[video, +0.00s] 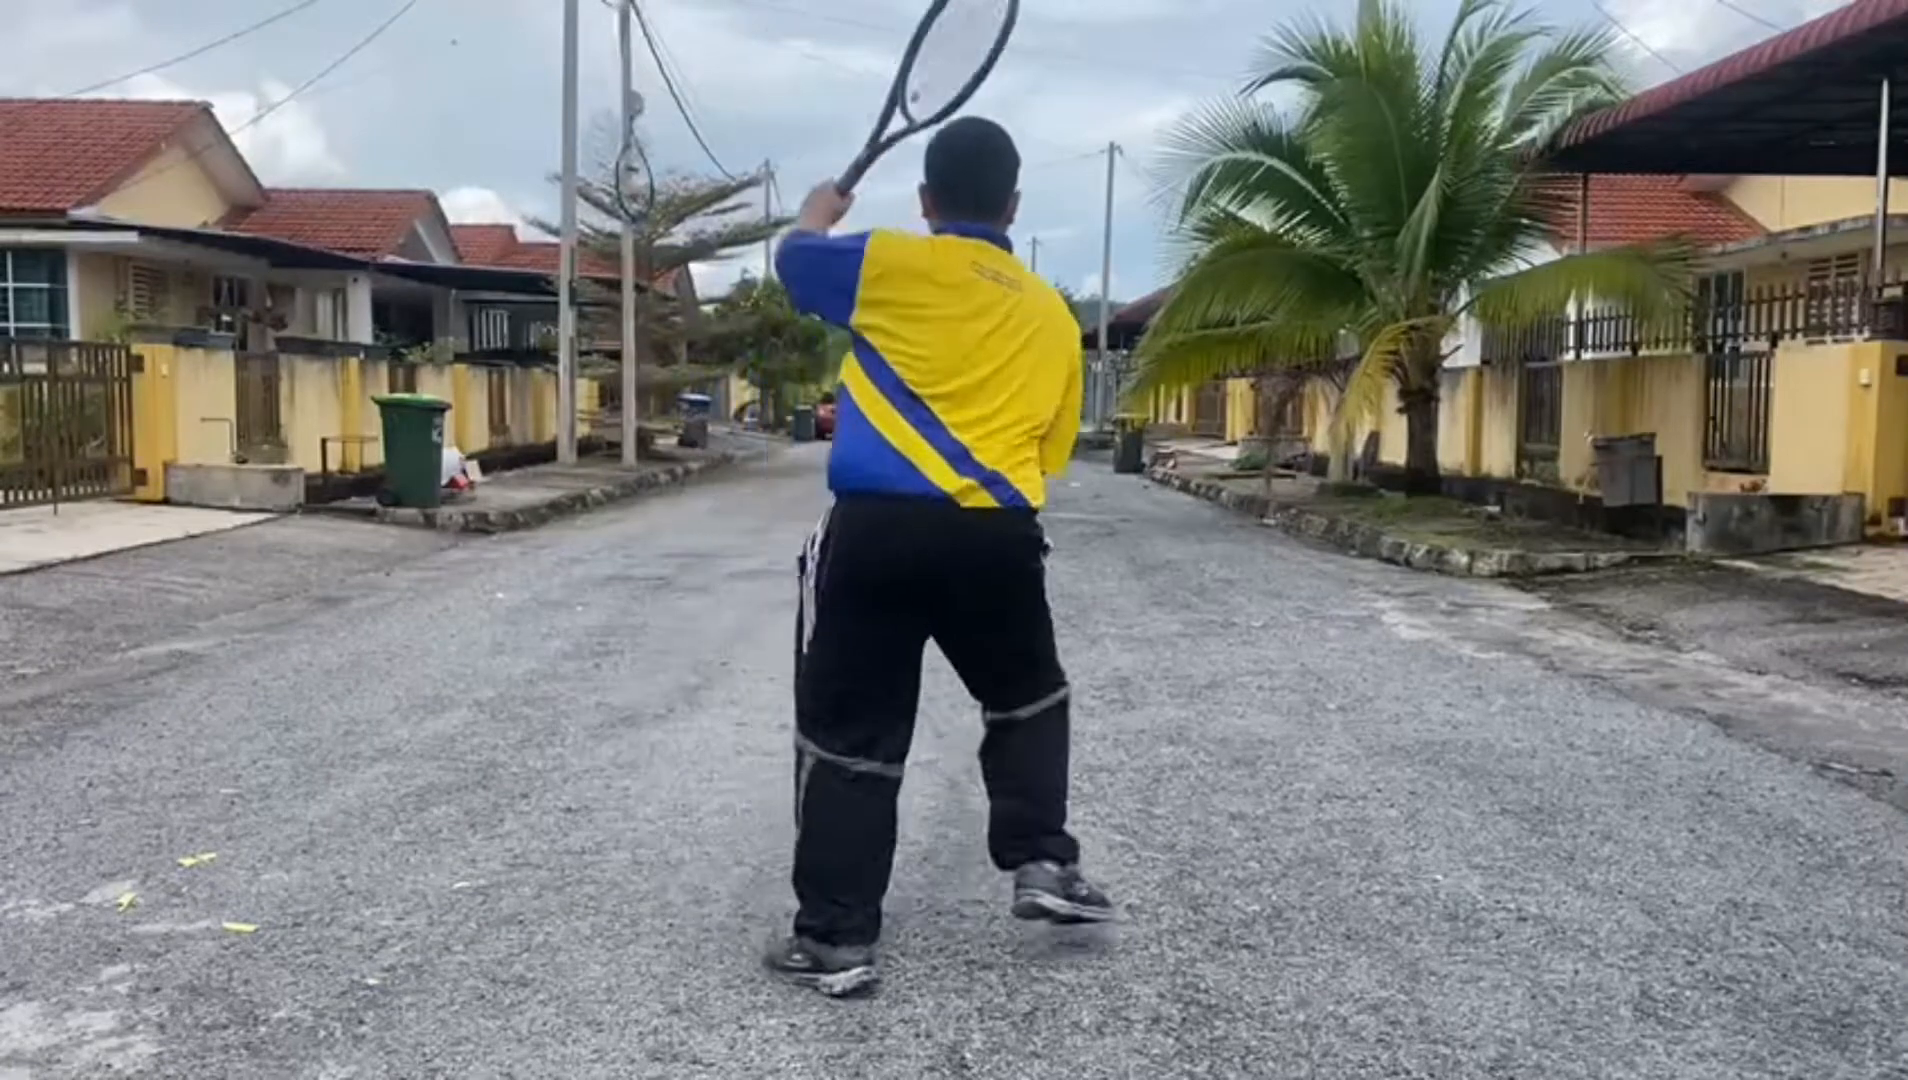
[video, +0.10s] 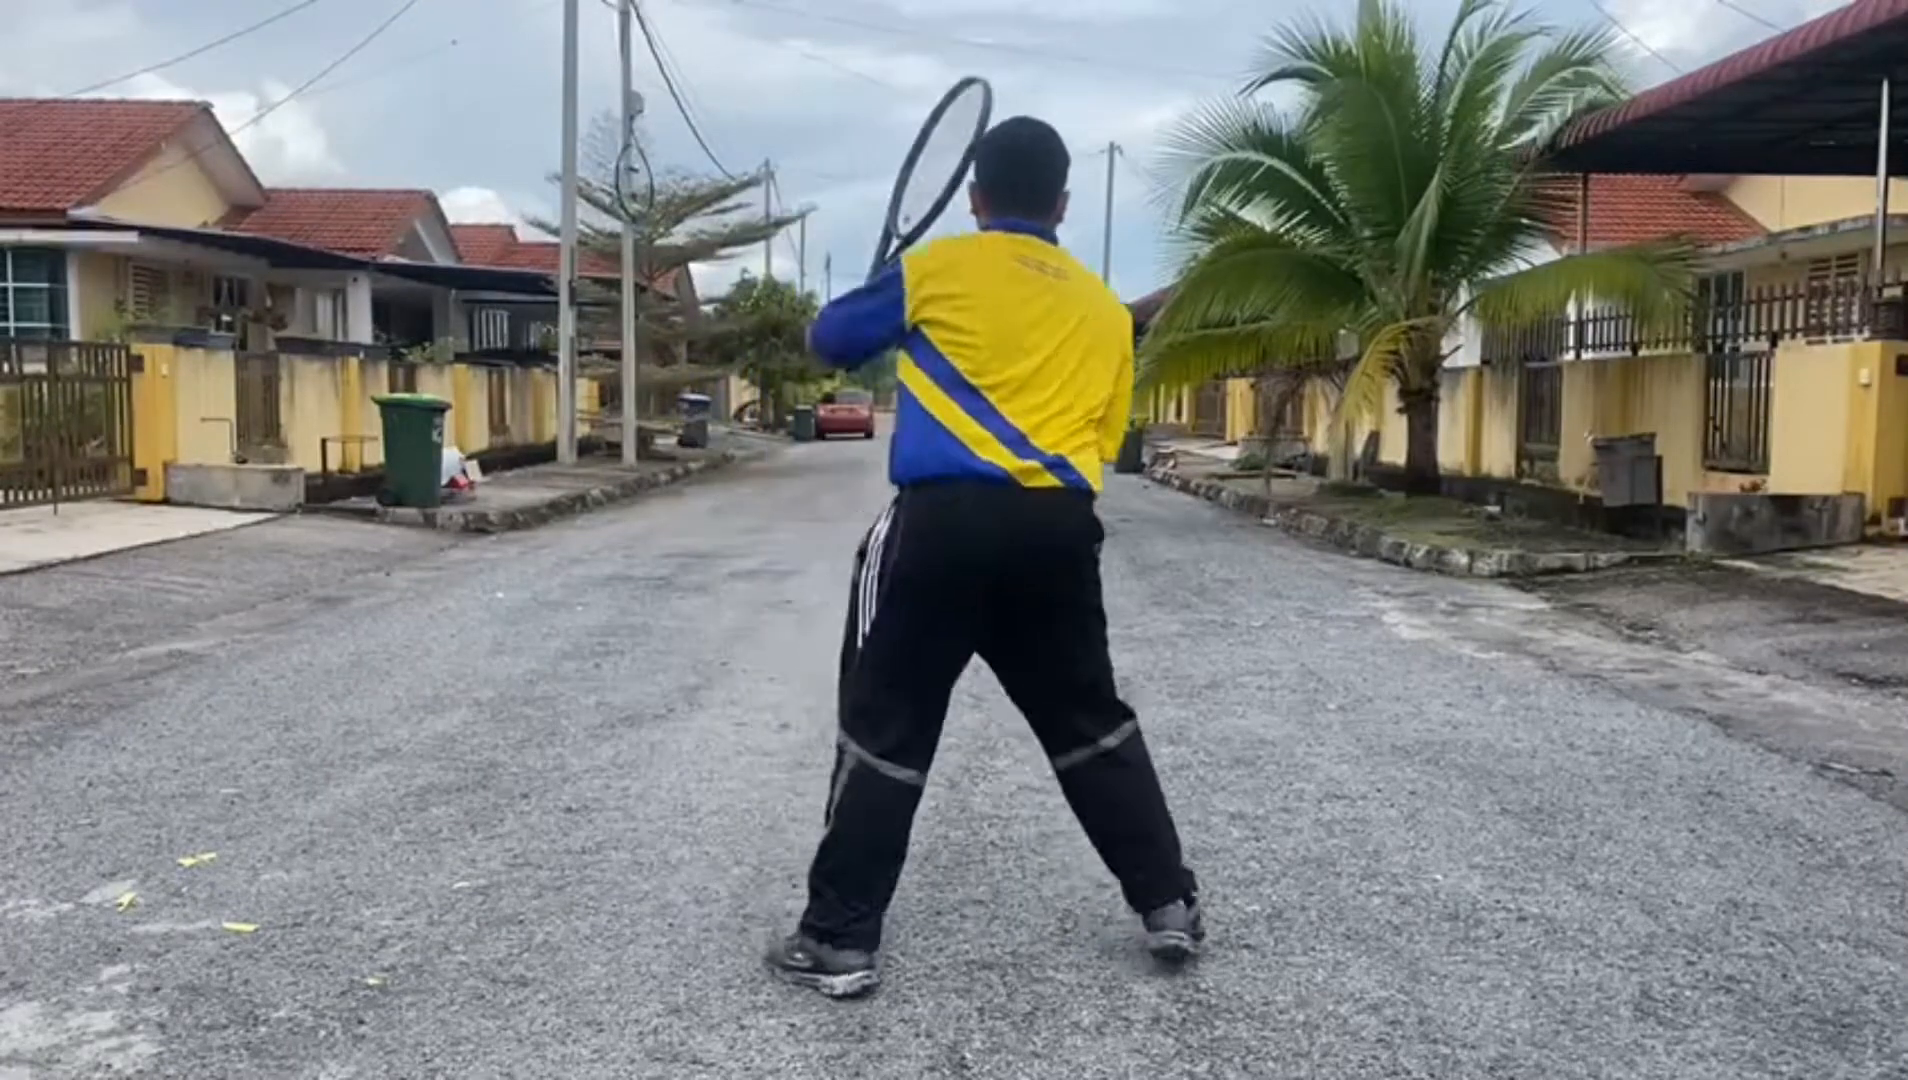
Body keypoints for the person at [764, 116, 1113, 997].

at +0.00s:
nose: (922, 205)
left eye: (923, 195)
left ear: (929, 200)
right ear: (1013, 204)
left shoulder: (893, 261)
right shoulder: (1053, 316)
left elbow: (796, 263)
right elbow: (1053, 452)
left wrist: (819, 218)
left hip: (876, 534)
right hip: (994, 544)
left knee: (854, 732)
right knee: (1027, 697)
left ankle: (836, 935)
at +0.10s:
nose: (974, 204)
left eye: (973, 191)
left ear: (977, 194)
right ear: (1062, 200)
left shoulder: (940, 266)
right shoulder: (1106, 310)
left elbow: (831, 339)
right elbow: (1104, 438)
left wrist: (886, 286)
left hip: (937, 530)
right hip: (1054, 536)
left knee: (886, 728)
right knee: (1089, 718)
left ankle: (840, 938)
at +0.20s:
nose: (1013, 214)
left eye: (1013, 203)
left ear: (1014, 208)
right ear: (1100, 211)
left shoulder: (978, 286)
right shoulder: (1144, 310)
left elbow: (883, 395)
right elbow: (1167, 449)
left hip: (1006, 537)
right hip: (1120, 538)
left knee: (931, 732)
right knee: (1129, 727)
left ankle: (857, 933)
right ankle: (1173, 922)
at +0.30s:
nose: (1024, 215)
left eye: (1025, 206)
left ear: (1034, 208)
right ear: (1117, 210)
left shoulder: (1004, 285)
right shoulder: (1169, 304)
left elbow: (951, 409)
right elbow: (1213, 436)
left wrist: (908, 519)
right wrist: (1230, 530)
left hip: (1026, 528)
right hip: (1148, 531)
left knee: (971, 720)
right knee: (1147, 721)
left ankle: (923, 929)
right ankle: (1173, 921)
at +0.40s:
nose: (1037, 203)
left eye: (1038, 193)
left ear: (1045, 197)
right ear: (1128, 197)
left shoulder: (1019, 271)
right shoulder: (1180, 291)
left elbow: (979, 387)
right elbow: (1256, 413)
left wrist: (933, 491)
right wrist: (1326, 483)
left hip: (1039, 510)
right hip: (1156, 511)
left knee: (995, 695)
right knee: (1148, 707)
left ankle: (997, 900)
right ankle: (1174, 918)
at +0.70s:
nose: (1001, 192)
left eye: (1001, 182)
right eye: (1010, 182)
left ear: (1014, 185)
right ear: (1094, 184)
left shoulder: (1007, 257)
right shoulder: (1157, 272)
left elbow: (975, 337)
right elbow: (1228, 393)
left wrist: (926, 406)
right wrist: (1301, 467)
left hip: (1038, 516)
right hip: (1146, 516)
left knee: (993, 719)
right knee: (1143, 718)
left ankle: (930, 933)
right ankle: (1175, 925)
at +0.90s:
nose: (940, 189)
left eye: (941, 177)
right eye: (946, 177)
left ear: (949, 179)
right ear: (1034, 179)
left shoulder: (932, 271)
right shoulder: (1091, 277)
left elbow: (922, 413)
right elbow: (1114, 416)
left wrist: (918, 511)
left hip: (971, 521)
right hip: (1080, 520)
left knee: (946, 727)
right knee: (1104, 711)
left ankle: (921, 942)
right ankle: (1167, 902)